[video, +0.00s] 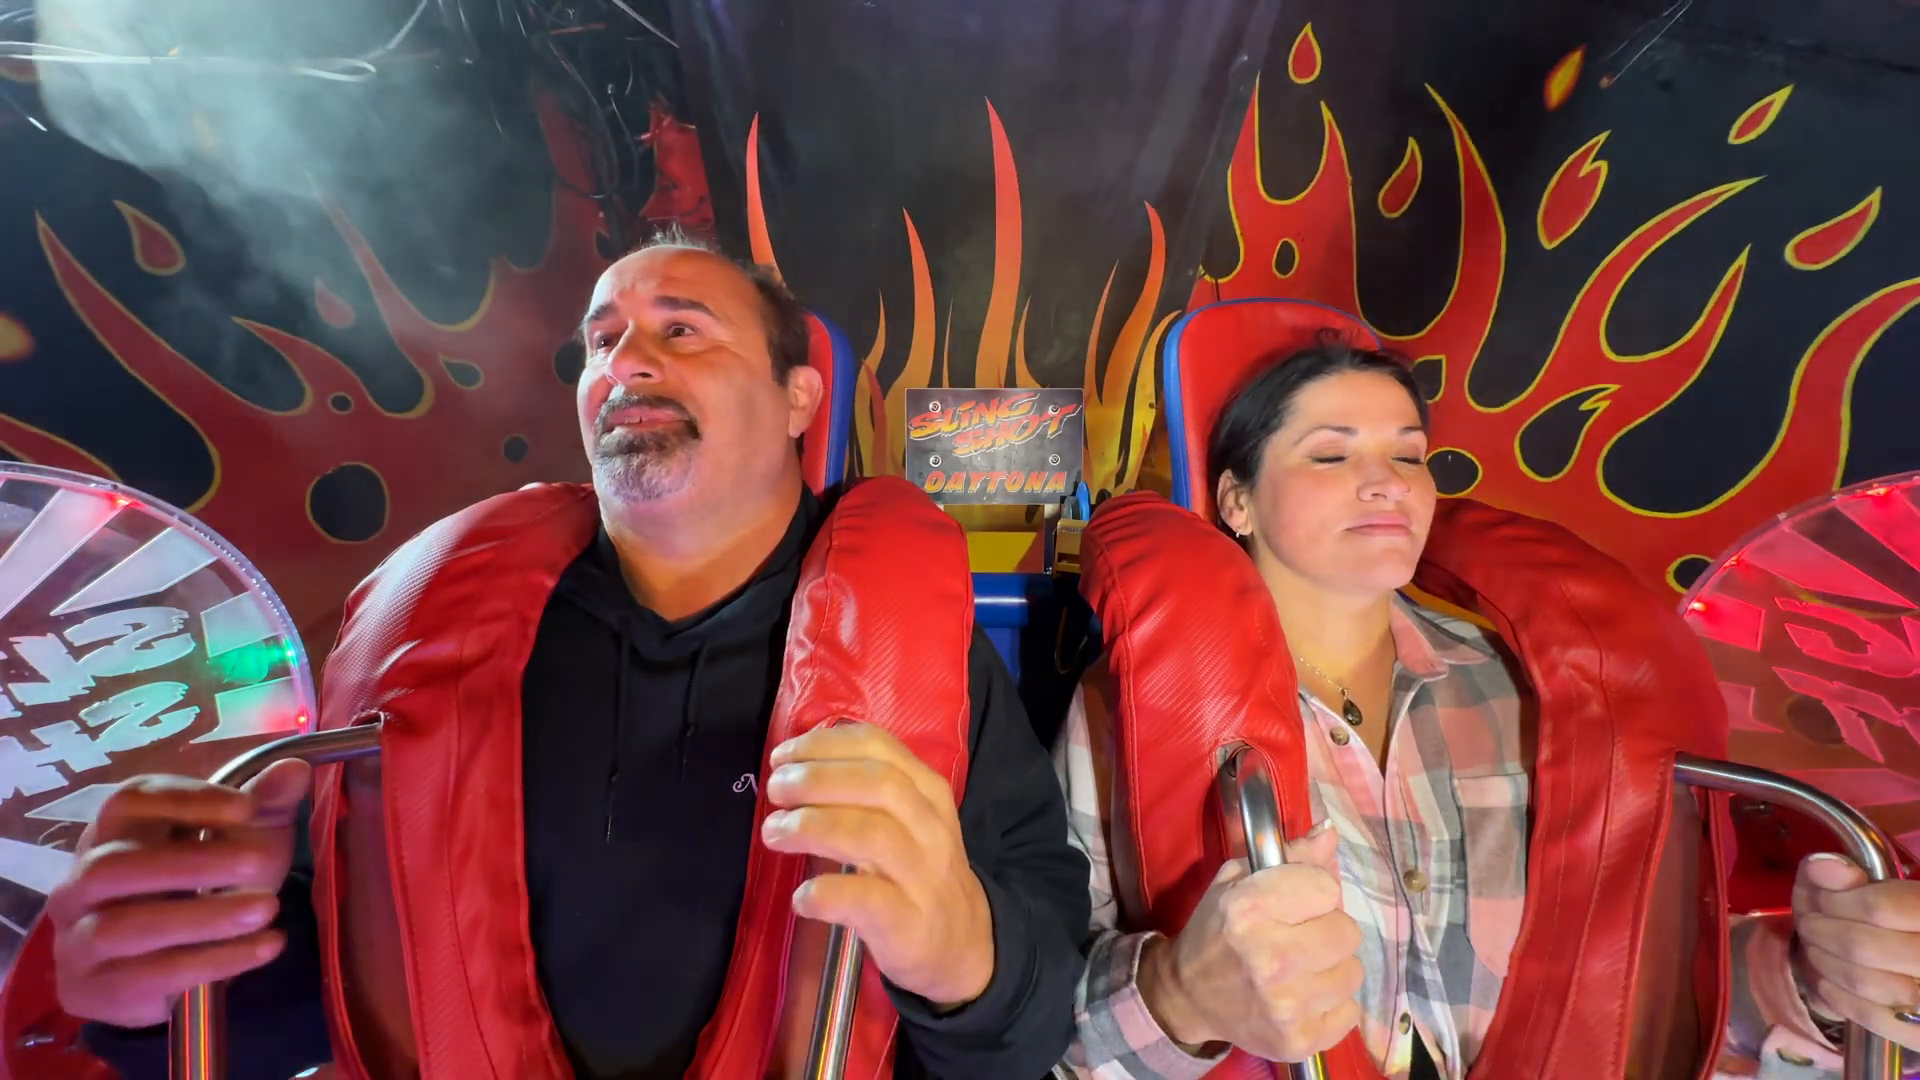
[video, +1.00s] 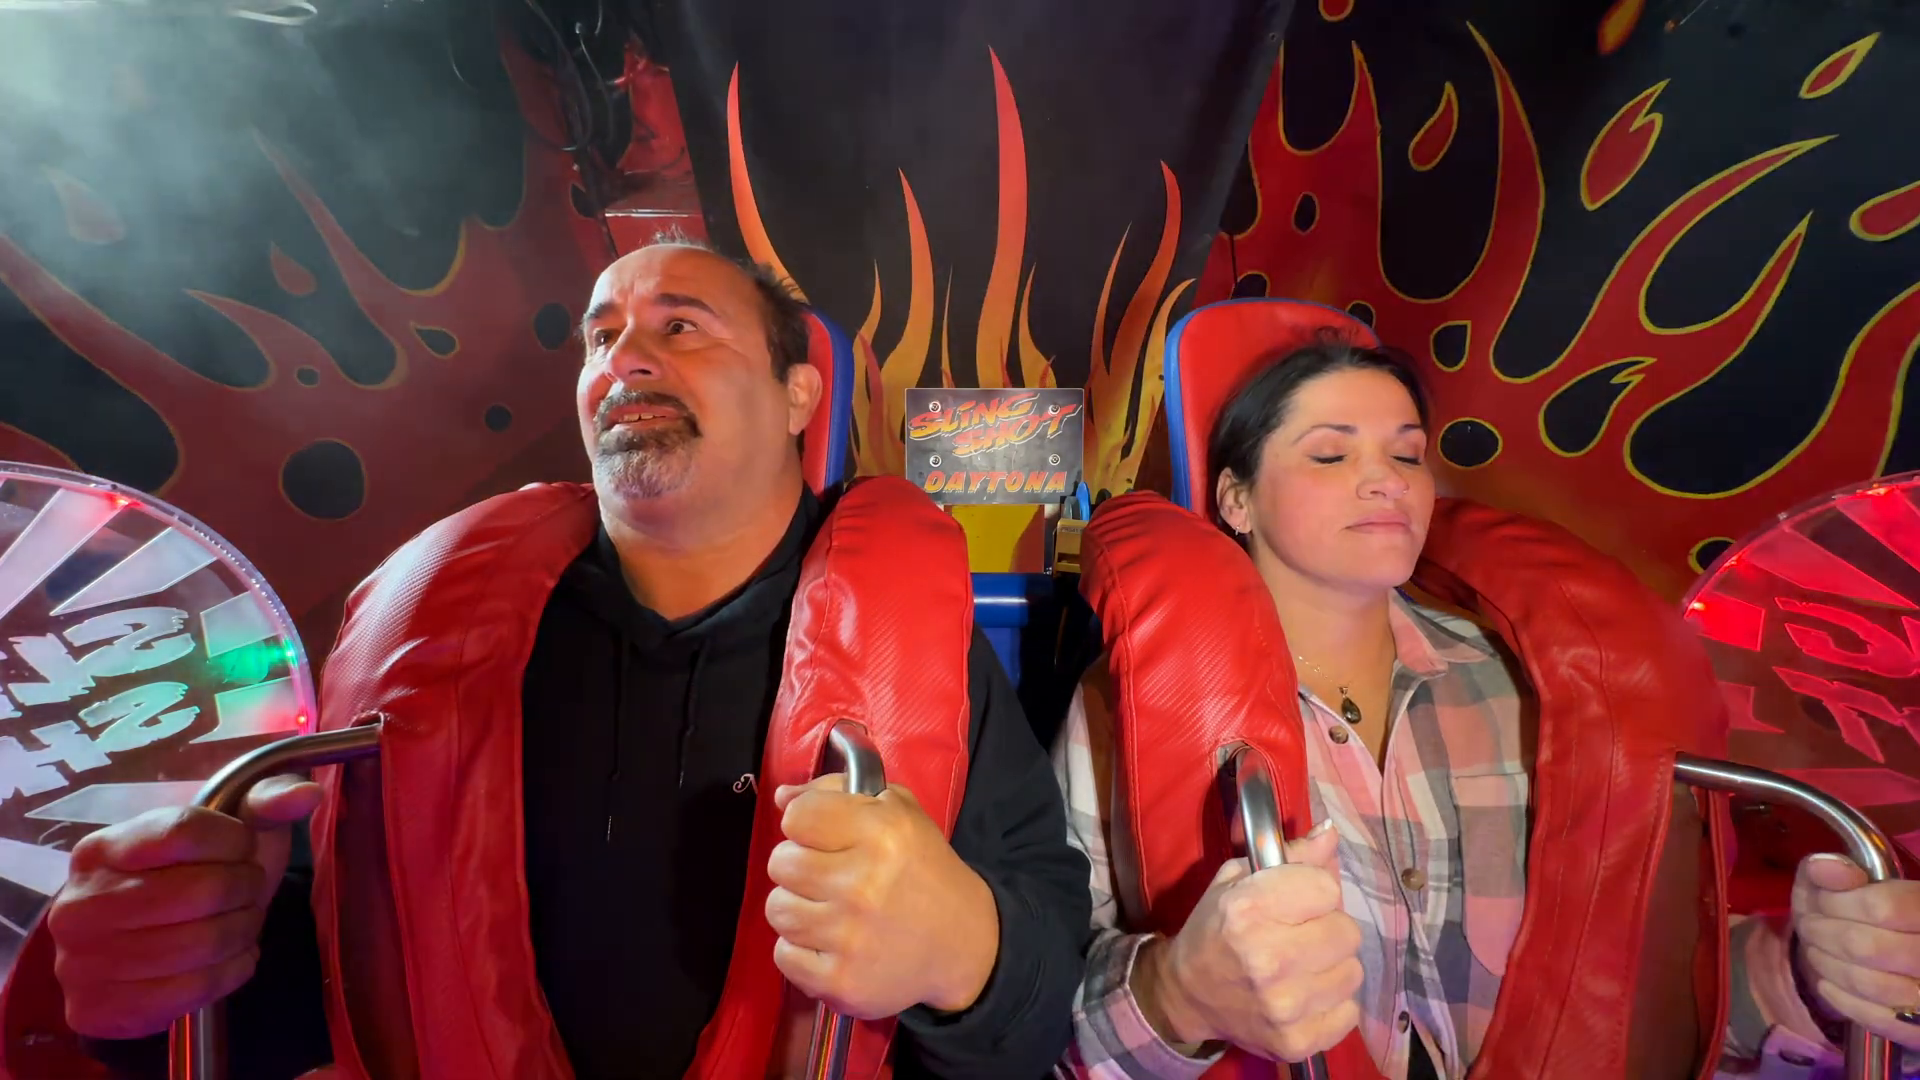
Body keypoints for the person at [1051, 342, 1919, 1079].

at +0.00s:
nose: (1388, 487)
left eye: (1408, 459)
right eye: (1332, 457)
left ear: (1435, 491)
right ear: (1238, 503)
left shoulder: (1522, 694)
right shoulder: (1141, 715)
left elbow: (1611, 976)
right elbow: (1046, 1036)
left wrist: (1800, 975)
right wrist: (1172, 1001)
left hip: (1492, 1066)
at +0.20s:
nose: (1387, 486)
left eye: (1407, 458)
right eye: (1332, 458)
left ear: (1434, 490)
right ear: (1239, 504)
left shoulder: (1514, 688)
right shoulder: (1143, 712)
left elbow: (1603, 972)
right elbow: (1052, 1036)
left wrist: (1801, 973)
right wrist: (1172, 997)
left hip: (1493, 1067)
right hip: (1262, 1074)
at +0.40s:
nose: (1386, 486)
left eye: (1408, 457)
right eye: (1331, 458)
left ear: (1435, 489)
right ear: (1239, 502)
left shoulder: (1515, 688)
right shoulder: (1143, 710)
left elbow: (1606, 972)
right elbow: (1055, 1034)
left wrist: (1801, 972)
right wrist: (1172, 997)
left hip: (1493, 1067)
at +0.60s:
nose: (1384, 486)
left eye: (1405, 457)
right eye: (1330, 458)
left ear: (1434, 490)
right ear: (1238, 502)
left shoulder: (1518, 689)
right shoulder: (1143, 711)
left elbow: (1612, 967)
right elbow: (1056, 1033)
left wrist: (1803, 973)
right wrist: (1172, 996)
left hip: (1494, 1066)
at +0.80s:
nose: (1383, 485)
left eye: (1406, 456)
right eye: (1330, 457)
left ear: (1435, 488)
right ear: (1238, 501)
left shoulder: (1516, 689)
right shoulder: (1141, 713)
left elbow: (1613, 962)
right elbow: (1049, 1035)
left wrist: (1799, 970)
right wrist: (1169, 1002)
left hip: (1490, 1067)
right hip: (1255, 1073)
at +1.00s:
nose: (1383, 485)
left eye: (1405, 456)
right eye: (1330, 457)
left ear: (1435, 490)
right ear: (1239, 501)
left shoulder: (1519, 688)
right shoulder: (1143, 712)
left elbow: (1614, 963)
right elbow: (1055, 1033)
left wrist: (1797, 970)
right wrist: (1170, 996)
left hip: (1497, 1066)